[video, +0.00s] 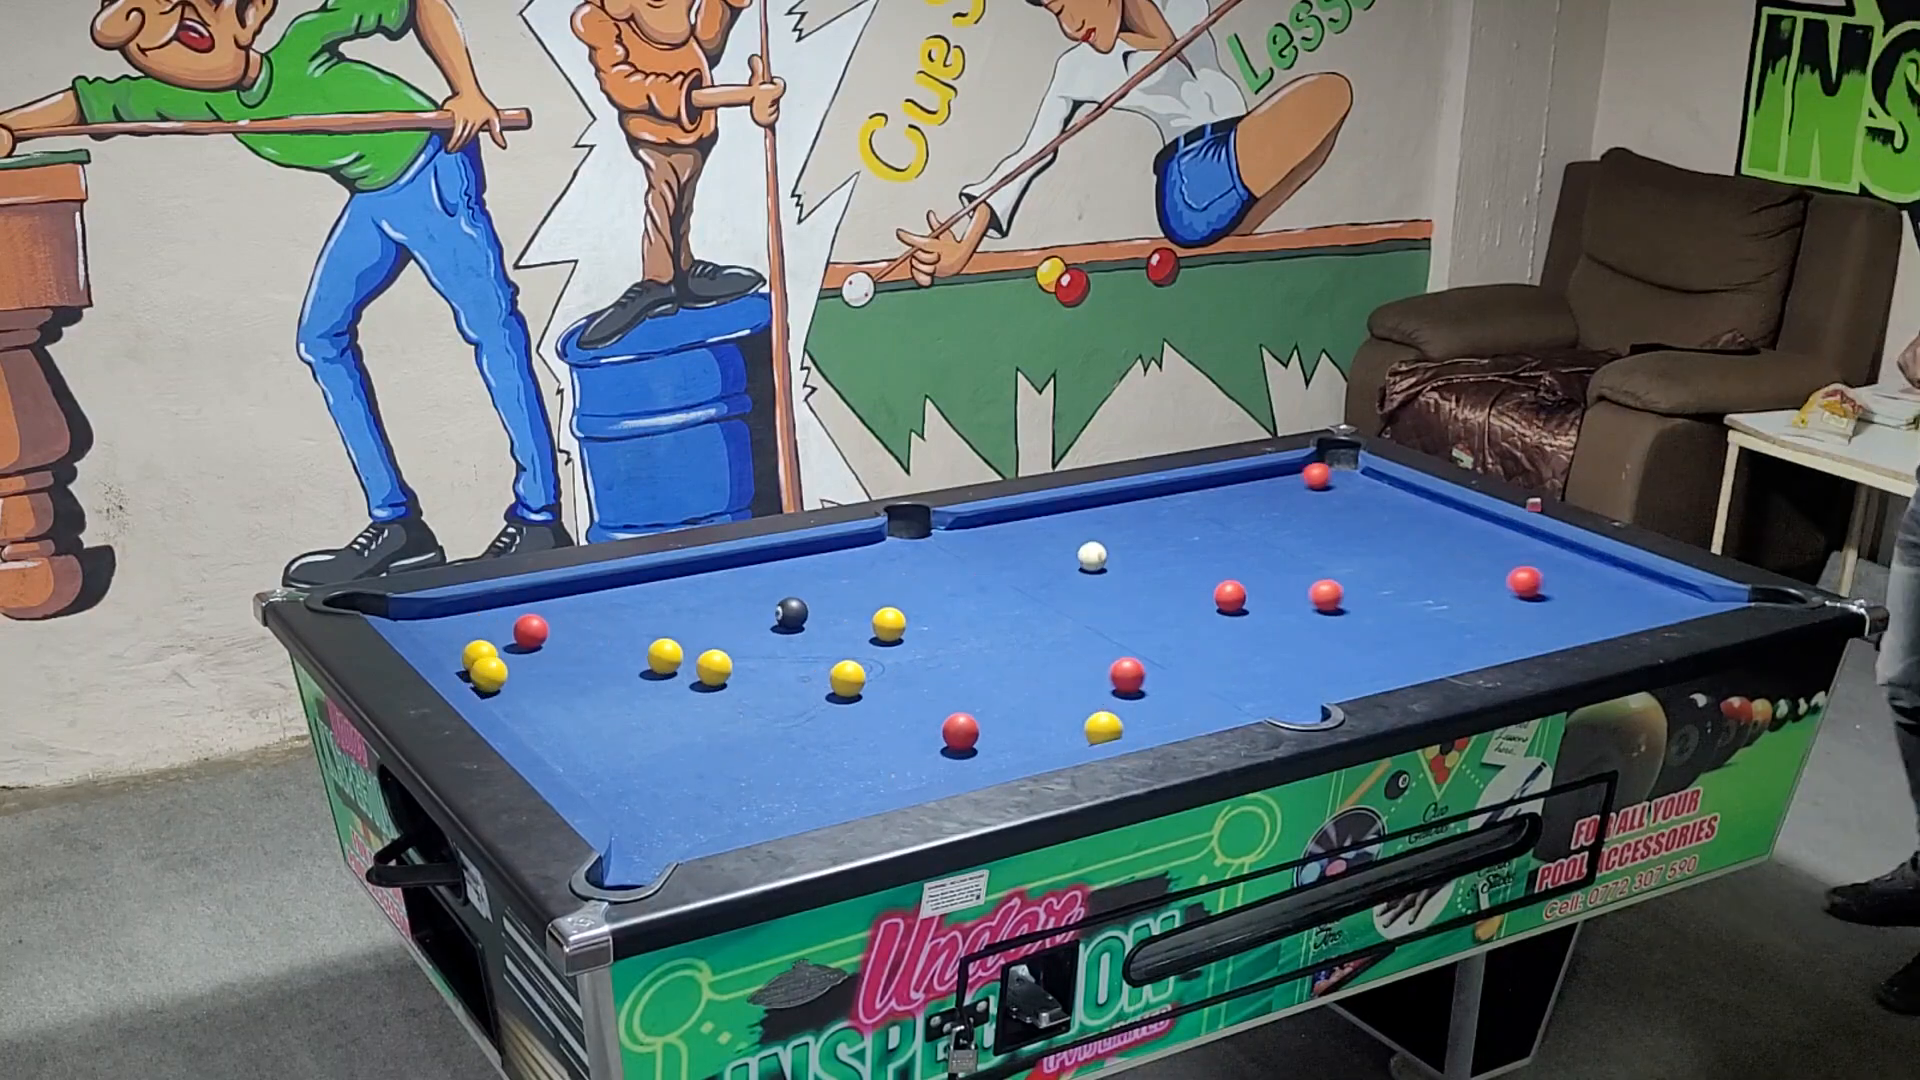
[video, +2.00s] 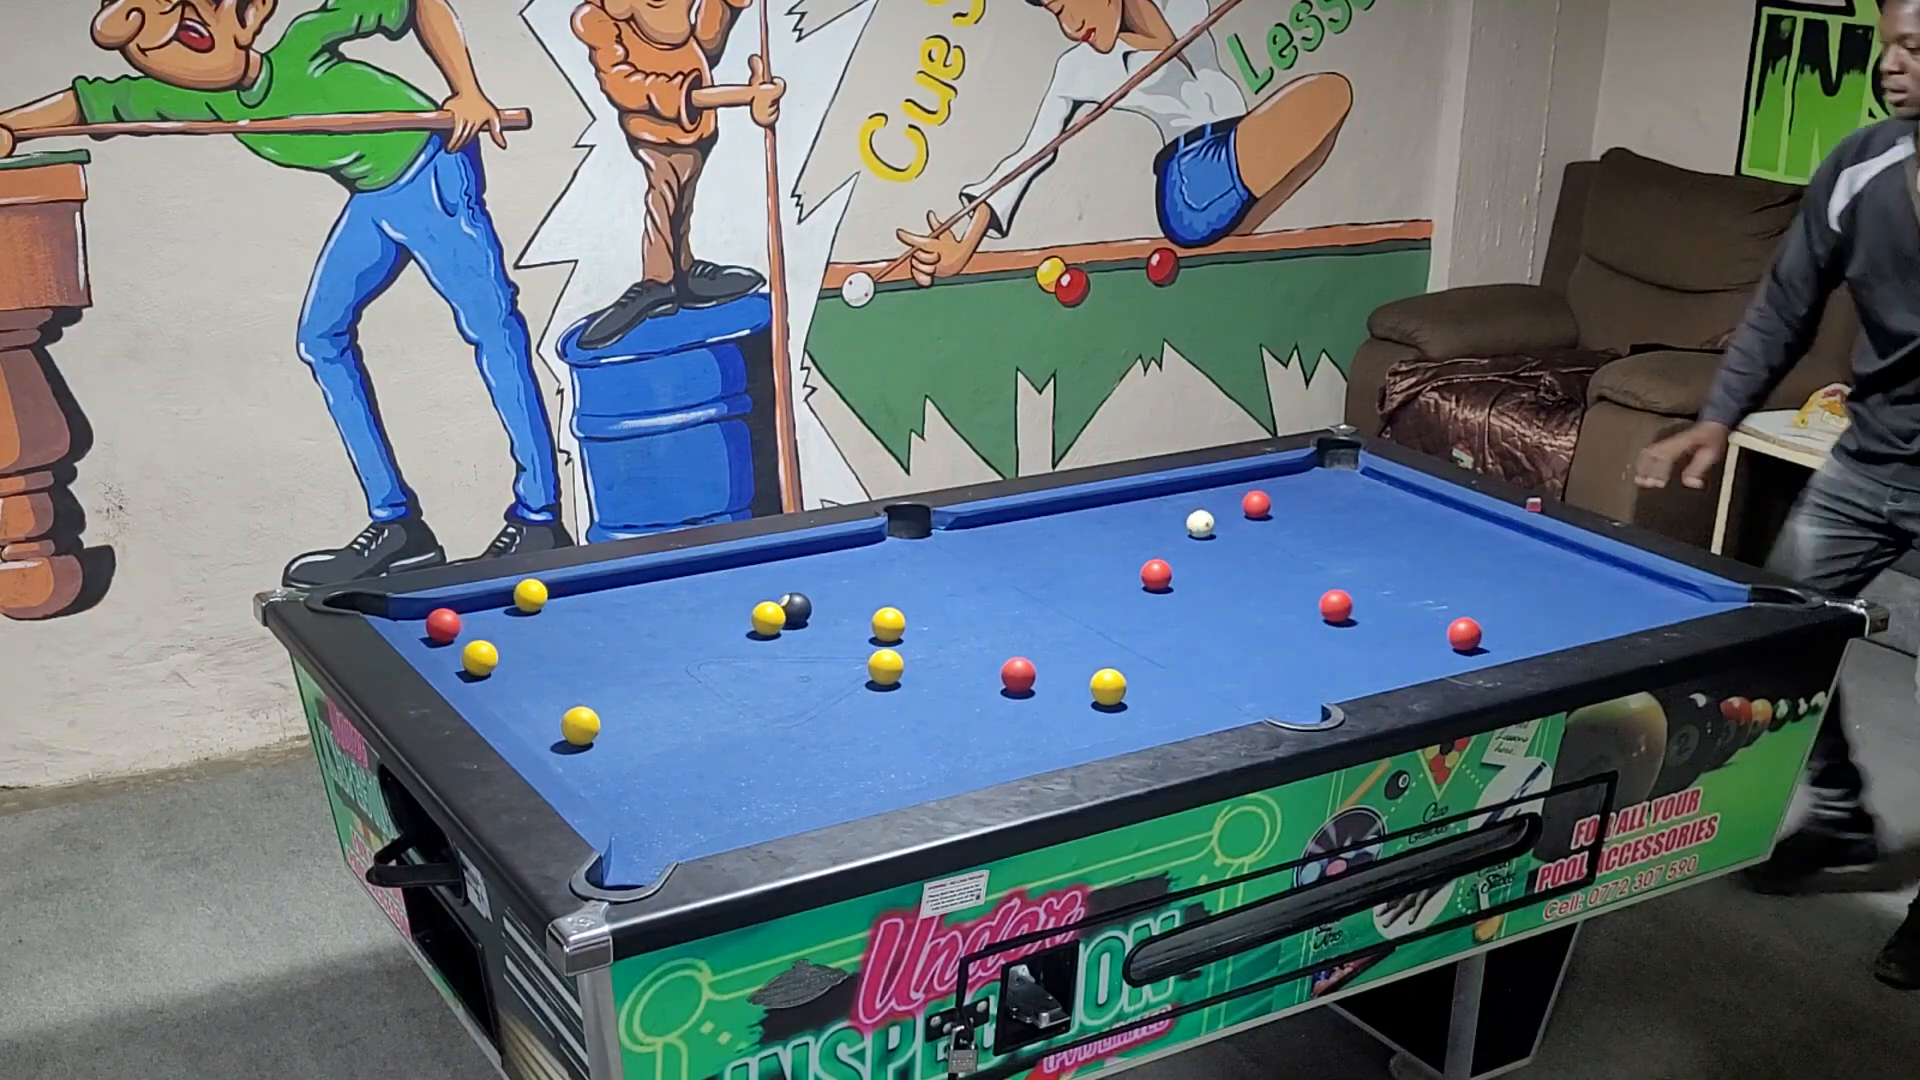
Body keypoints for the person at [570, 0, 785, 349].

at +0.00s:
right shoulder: (596, 19)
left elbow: (707, 47)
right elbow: (626, 88)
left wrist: (730, 6)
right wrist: (747, 94)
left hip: (695, 88)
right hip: (644, 104)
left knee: (688, 174)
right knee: (666, 173)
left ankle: (682, 268)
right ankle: (657, 281)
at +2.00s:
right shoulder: (596, 18)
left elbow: (707, 47)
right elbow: (625, 87)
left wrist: (729, 6)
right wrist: (746, 94)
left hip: (694, 88)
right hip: (644, 104)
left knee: (687, 175)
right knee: (665, 175)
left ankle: (682, 268)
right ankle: (657, 282)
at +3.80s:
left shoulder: (696, 6)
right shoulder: (597, 18)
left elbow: (707, 47)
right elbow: (624, 87)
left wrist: (730, 6)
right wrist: (746, 94)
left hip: (695, 86)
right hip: (644, 103)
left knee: (688, 174)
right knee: (665, 174)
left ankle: (682, 268)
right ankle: (656, 281)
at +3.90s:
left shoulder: (697, 6)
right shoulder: (598, 18)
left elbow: (707, 46)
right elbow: (624, 87)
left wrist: (730, 6)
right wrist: (746, 94)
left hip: (694, 86)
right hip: (645, 103)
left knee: (688, 173)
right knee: (666, 172)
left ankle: (682, 268)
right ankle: (657, 280)